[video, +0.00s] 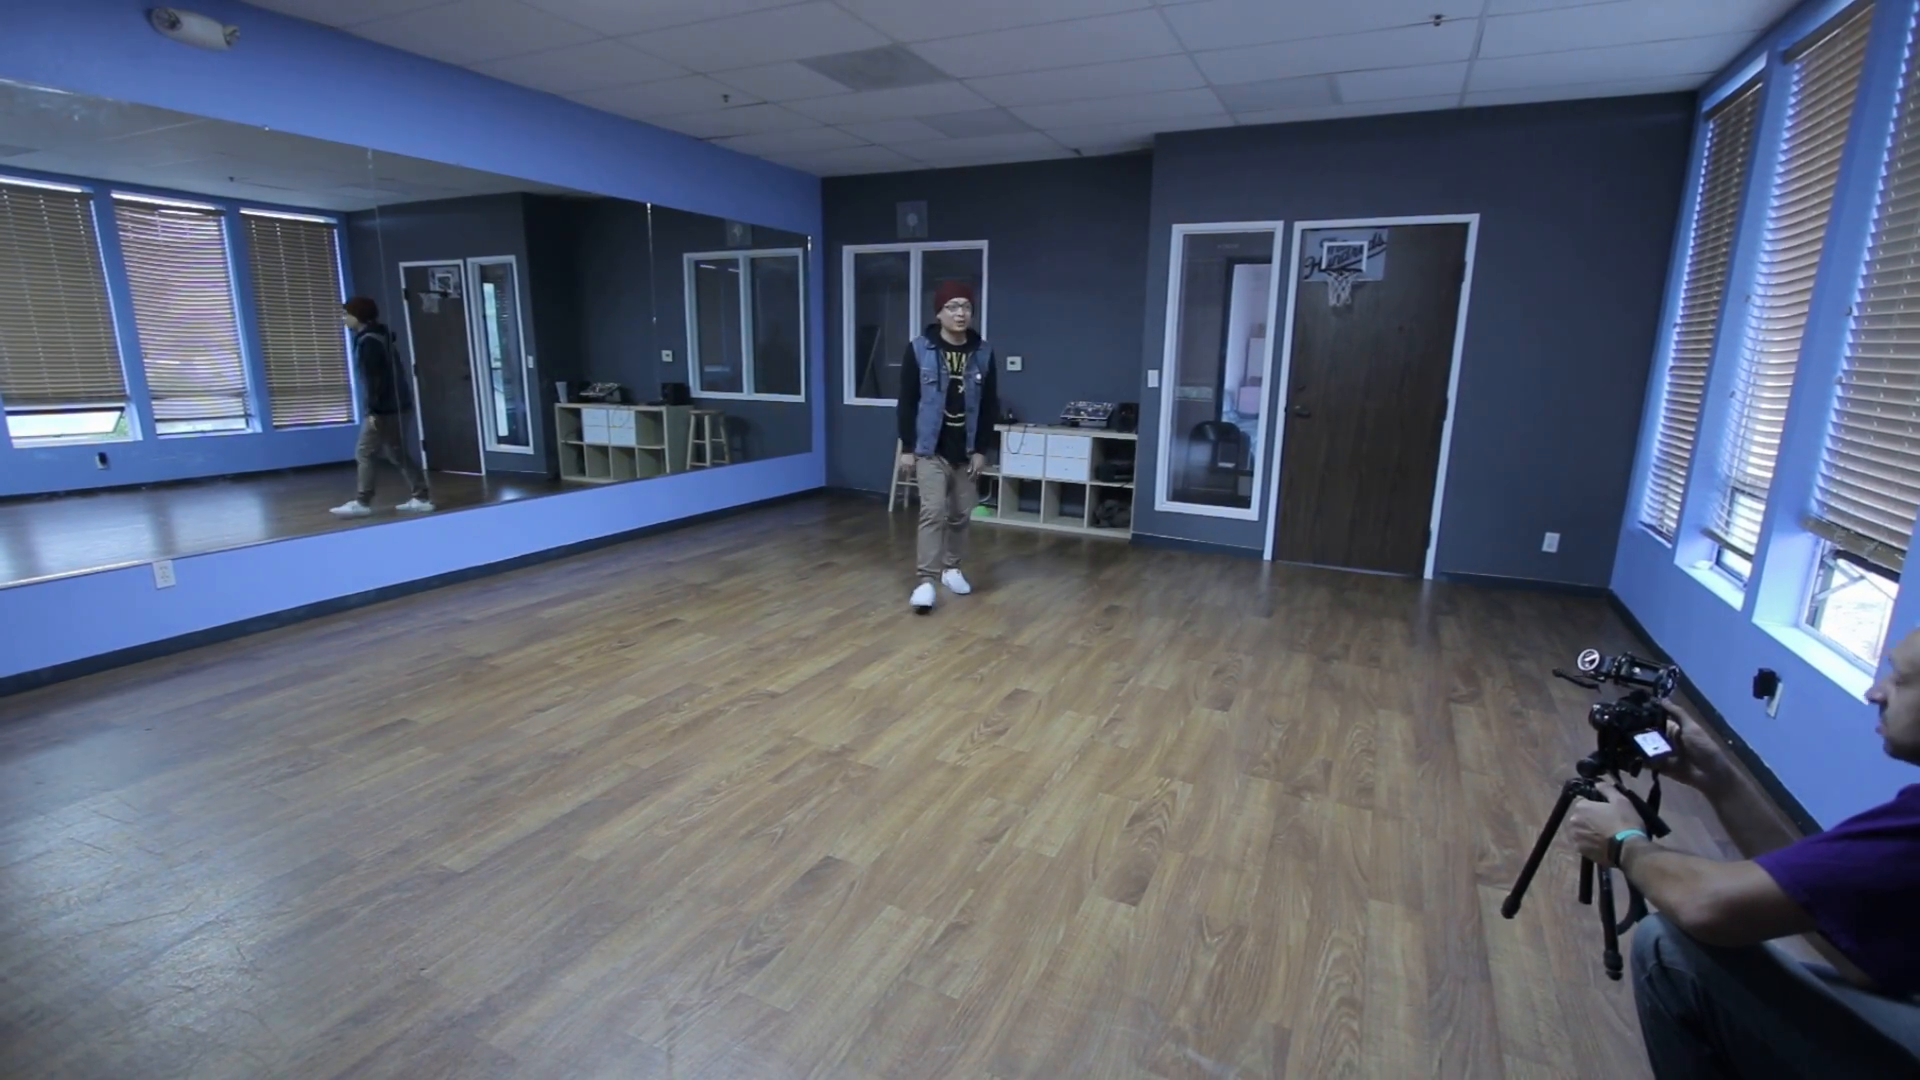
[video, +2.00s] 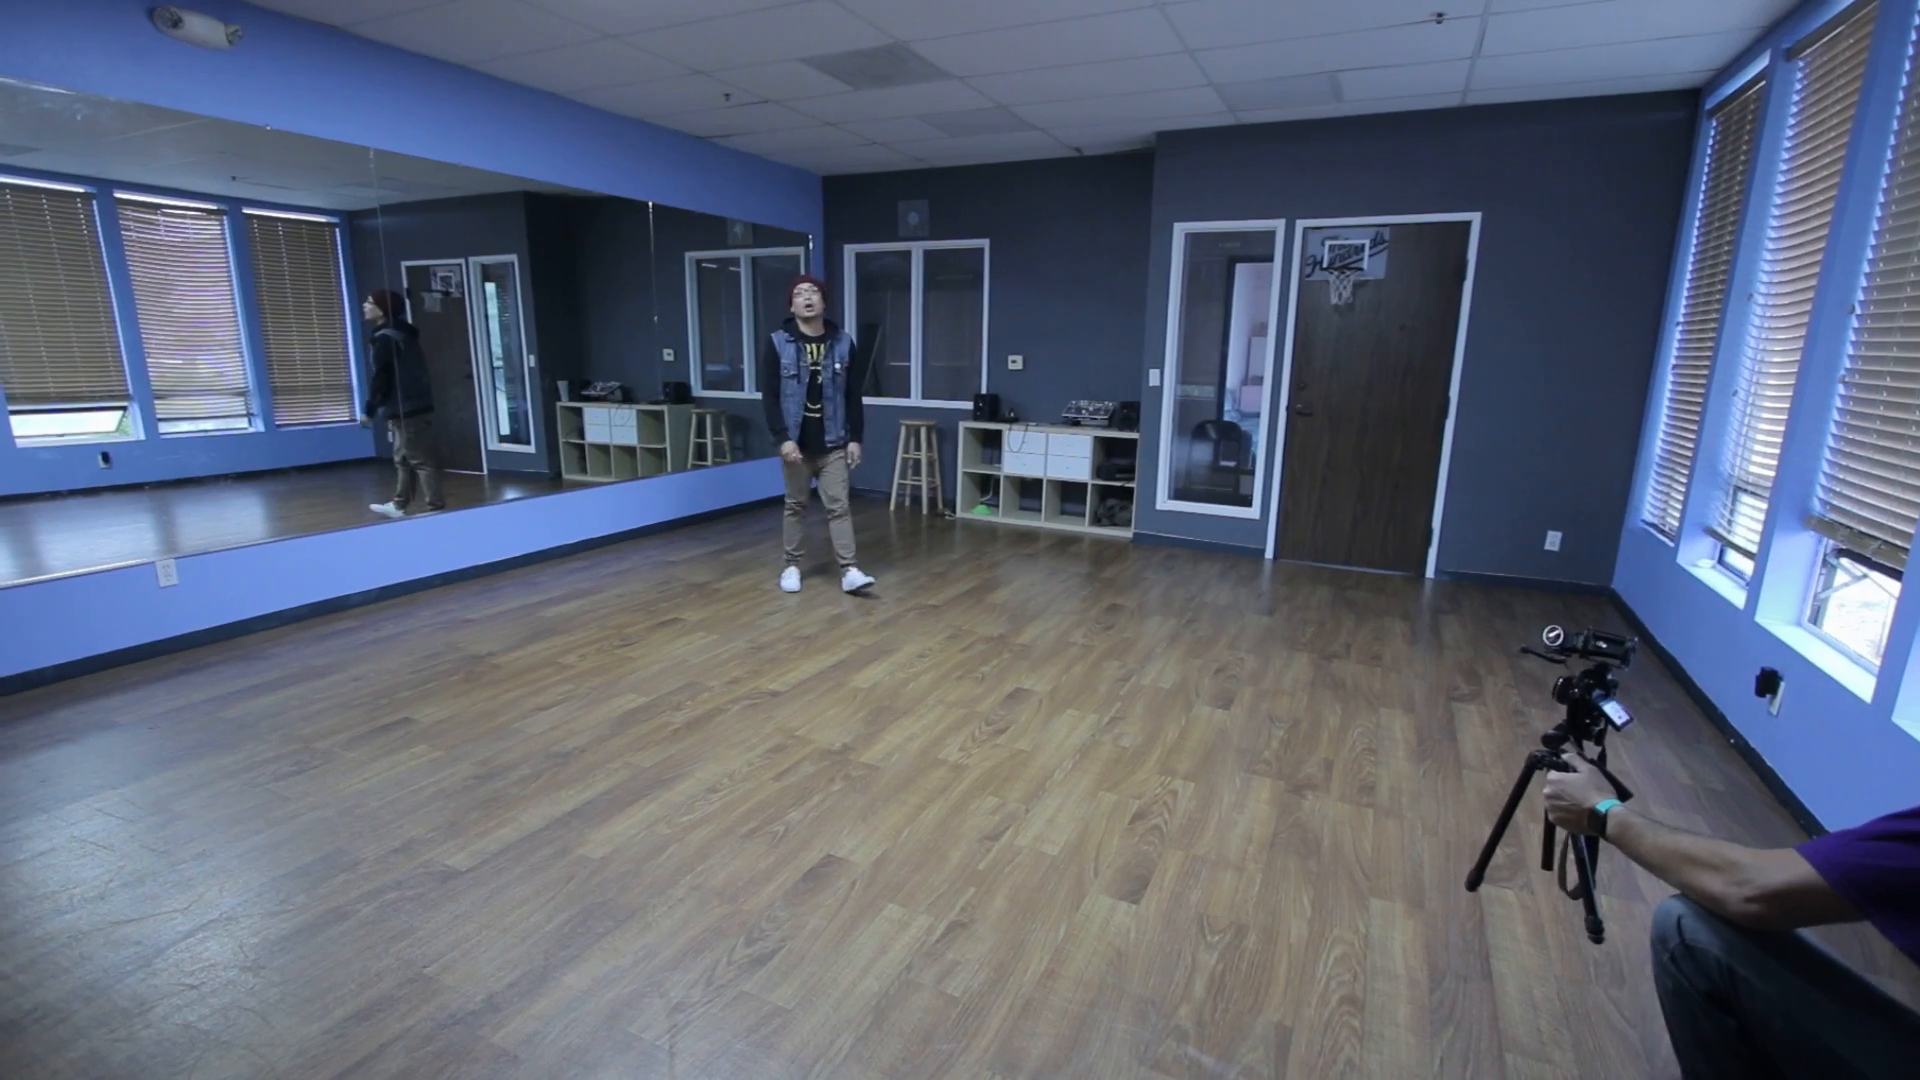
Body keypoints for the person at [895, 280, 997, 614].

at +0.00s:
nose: (960, 313)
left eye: (966, 308)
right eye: (953, 307)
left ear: (972, 314)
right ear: (939, 313)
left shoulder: (983, 354)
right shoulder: (919, 349)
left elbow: (989, 405)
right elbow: (907, 400)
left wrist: (983, 449)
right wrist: (907, 447)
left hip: (967, 450)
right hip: (930, 447)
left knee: (960, 515)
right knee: (933, 513)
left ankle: (951, 568)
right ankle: (927, 579)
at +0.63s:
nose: (921, 334)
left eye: (926, 327)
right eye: (912, 327)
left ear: (934, 331)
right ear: (896, 332)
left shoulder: (941, 367)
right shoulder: (876, 369)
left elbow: (947, 423)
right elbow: (868, 428)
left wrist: (938, 469)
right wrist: (876, 482)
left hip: (923, 462)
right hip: (888, 463)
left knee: (920, 518)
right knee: (892, 525)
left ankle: (920, 566)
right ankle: (905, 592)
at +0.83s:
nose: (906, 318)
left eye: (912, 311)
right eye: (898, 311)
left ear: (920, 317)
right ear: (884, 318)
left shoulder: (930, 355)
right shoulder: (865, 356)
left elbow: (934, 409)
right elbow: (853, 414)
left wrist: (910, 447)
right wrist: (861, 466)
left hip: (911, 449)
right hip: (876, 451)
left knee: (905, 515)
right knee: (888, 519)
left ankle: (872, 565)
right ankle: (905, 590)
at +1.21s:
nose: (868, 298)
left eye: (874, 293)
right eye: (860, 294)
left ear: (883, 303)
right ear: (849, 306)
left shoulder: (900, 346)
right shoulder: (834, 346)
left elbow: (916, 399)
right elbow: (820, 402)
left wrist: (926, 446)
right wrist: (821, 452)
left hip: (889, 446)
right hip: (848, 447)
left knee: (877, 516)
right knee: (863, 513)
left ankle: (856, 579)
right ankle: (882, 586)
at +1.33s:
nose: (859, 298)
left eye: (864, 293)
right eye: (851, 295)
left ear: (874, 304)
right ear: (840, 307)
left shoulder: (892, 346)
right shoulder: (825, 347)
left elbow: (907, 397)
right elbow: (814, 402)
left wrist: (921, 442)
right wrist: (812, 451)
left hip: (881, 447)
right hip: (840, 447)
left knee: (871, 519)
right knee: (848, 514)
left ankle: (858, 581)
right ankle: (843, 588)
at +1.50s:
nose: (846, 297)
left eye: (851, 291)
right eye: (839, 293)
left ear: (862, 300)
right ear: (829, 305)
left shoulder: (882, 343)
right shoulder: (817, 344)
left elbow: (894, 395)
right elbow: (805, 400)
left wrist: (899, 440)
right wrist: (808, 450)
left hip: (873, 446)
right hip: (834, 446)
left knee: (861, 518)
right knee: (822, 514)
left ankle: (855, 580)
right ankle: (800, 576)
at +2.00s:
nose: (808, 298)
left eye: (813, 293)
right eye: (801, 294)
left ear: (824, 301)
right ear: (791, 305)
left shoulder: (843, 341)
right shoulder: (777, 342)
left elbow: (854, 393)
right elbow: (770, 395)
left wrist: (855, 438)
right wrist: (783, 438)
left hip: (833, 440)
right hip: (796, 441)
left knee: (839, 506)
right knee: (795, 506)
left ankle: (849, 569)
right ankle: (792, 566)